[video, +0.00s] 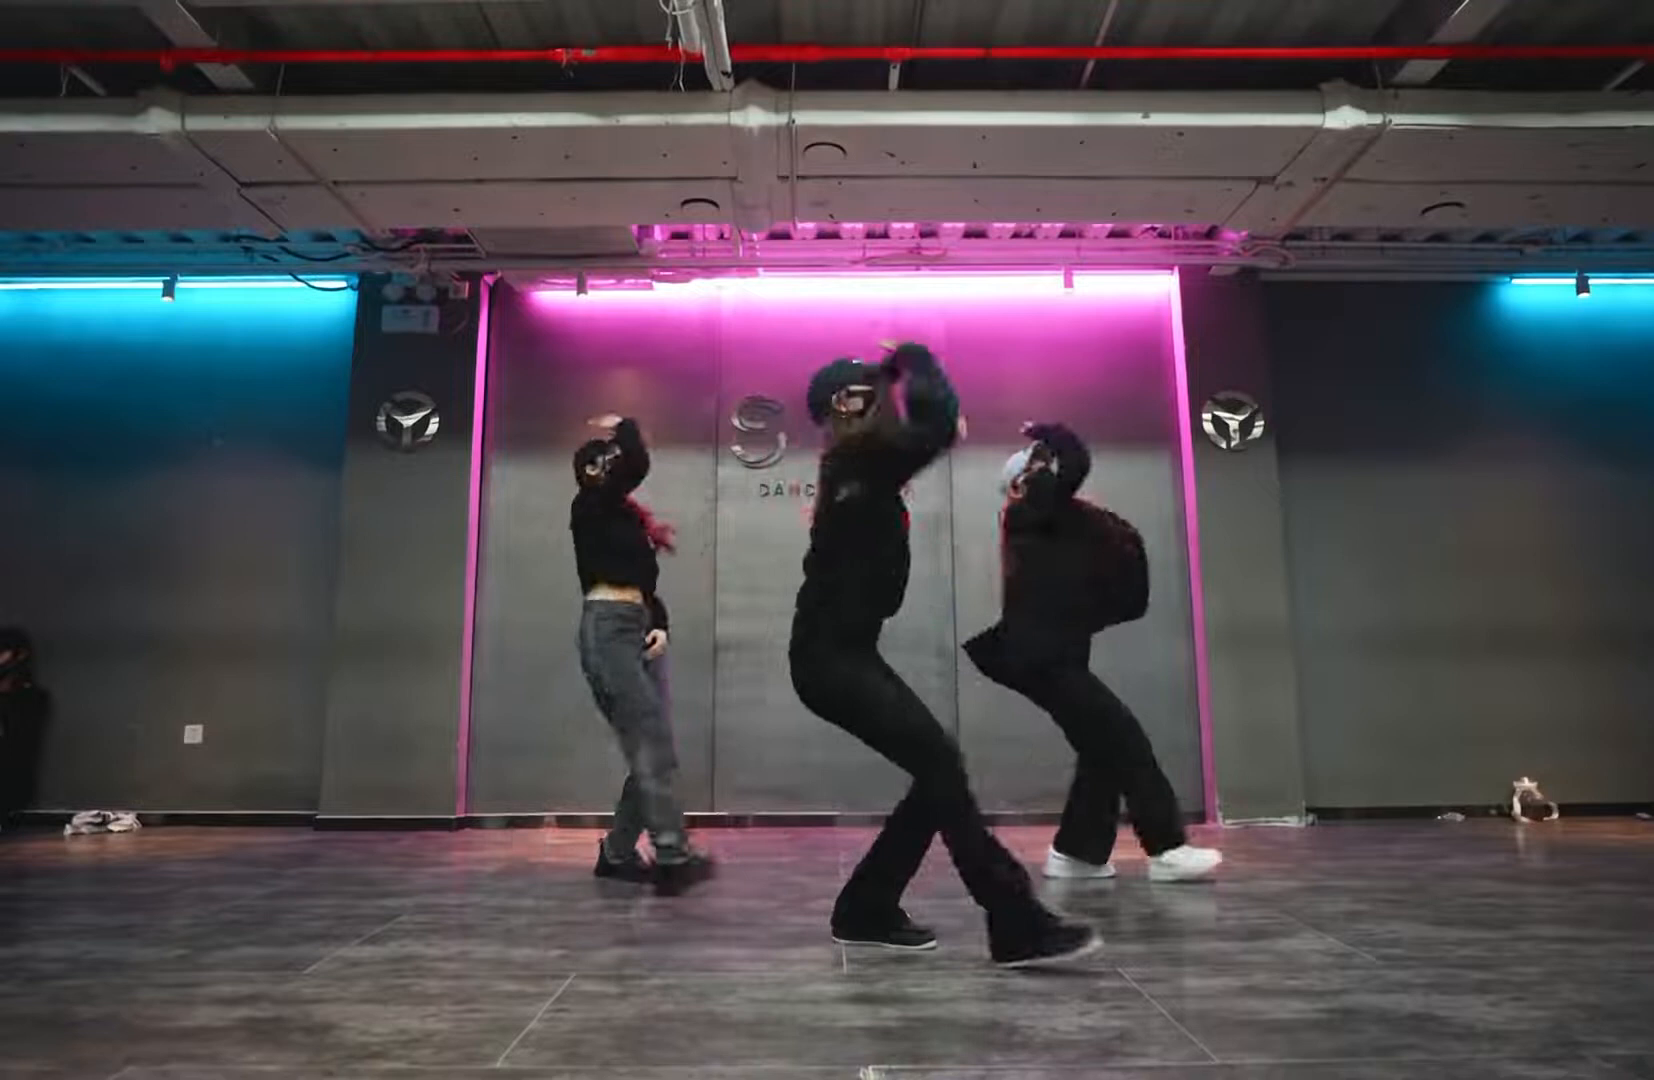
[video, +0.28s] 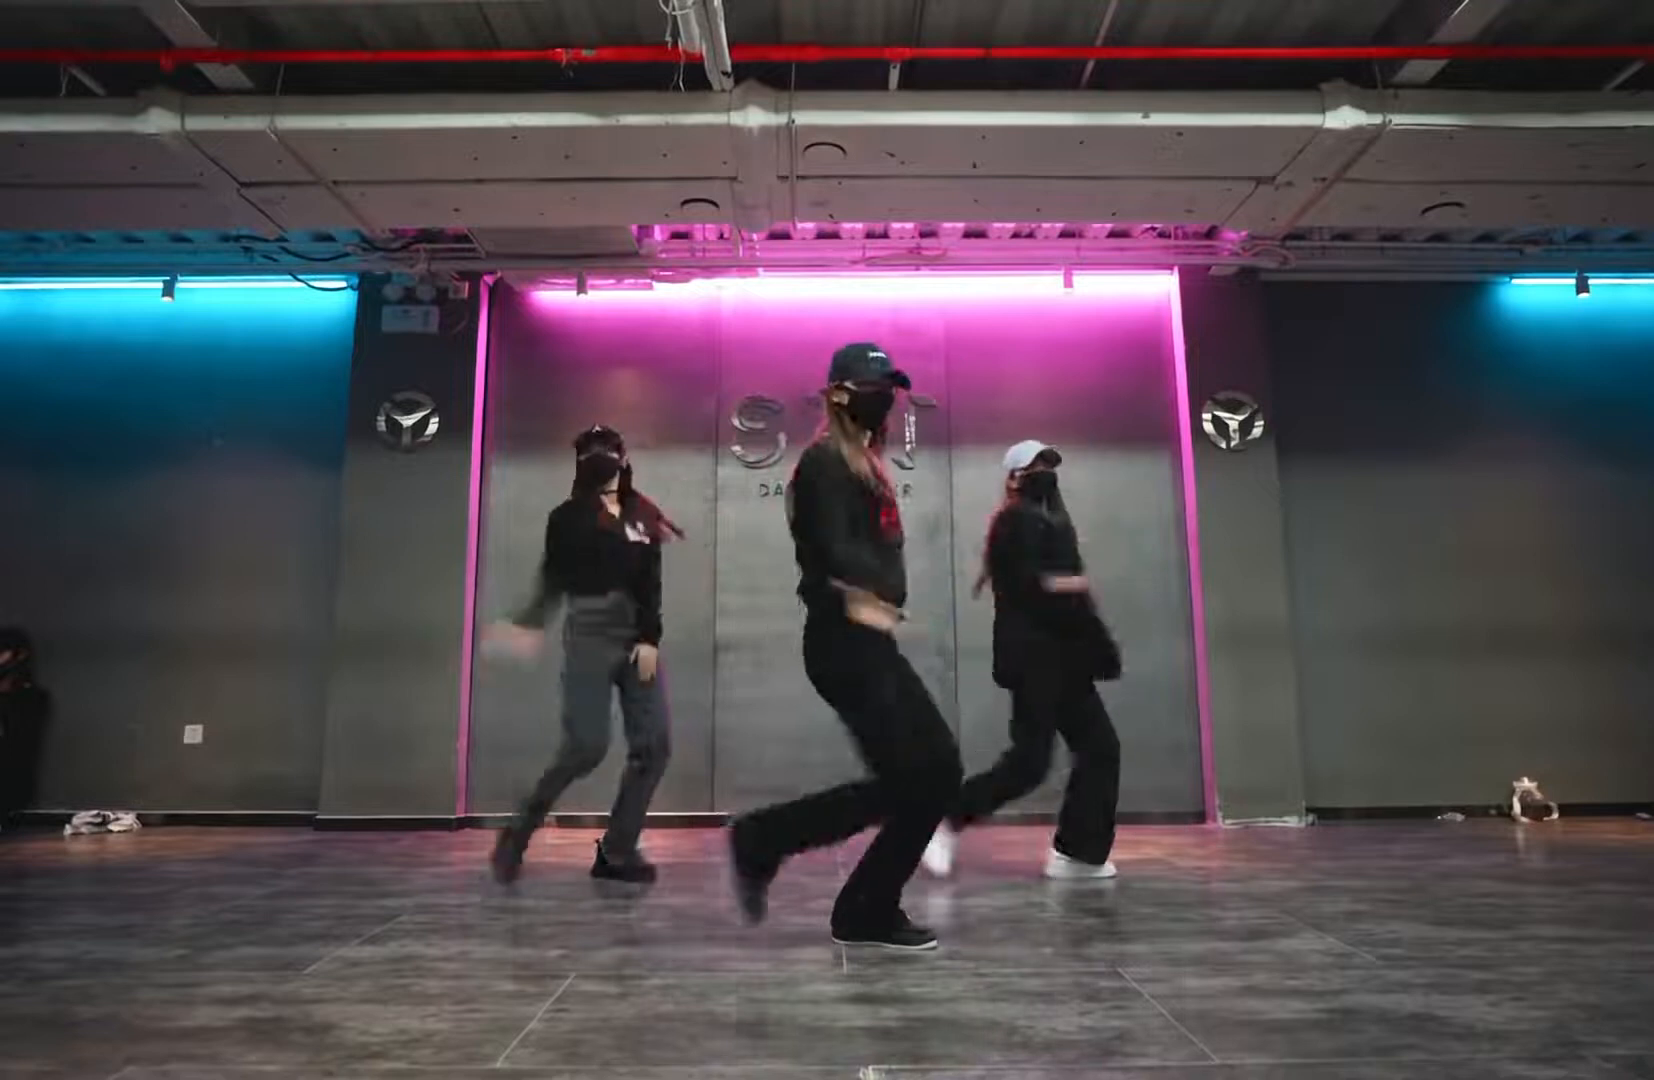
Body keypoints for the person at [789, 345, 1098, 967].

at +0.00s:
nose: (867, 411)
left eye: (870, 401)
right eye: (854, 402)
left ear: (878, 404)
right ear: (834, 412)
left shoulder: (868, 459)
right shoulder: (854, 462)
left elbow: (933, 433)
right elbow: (932, 432)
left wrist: (913, 367)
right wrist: (916, 362)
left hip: (852, 654)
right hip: (830, 661)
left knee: (940, 767)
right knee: (940, 765)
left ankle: (867, 907)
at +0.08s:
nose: (894, 414)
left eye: (891, 404)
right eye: (884, 404)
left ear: (846, 407)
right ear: (848, 405)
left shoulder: (858, 463)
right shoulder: (845, 465)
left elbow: (931, 493)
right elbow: (930, 497)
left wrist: (976, 445)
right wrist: (976, 447)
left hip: (850, 650)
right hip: (837, 654)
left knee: (950, 754)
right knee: (960, 720)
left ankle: (867, 906)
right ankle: (974, 895)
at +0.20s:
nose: (890, 407)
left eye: (891, 397)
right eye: (879, 397)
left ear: (858, 401)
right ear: (844, 398)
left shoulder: (855, 462)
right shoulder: (834, 466)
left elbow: (878, 558)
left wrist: (962, 567)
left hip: (860, 641)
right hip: (840, 645)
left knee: (946, 747)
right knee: (950, 733)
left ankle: (870, 907)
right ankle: (829, 822)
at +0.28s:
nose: (891, 404)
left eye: (891, 394)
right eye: (880, 394)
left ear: (858, 398)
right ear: (844, 396)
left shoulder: (865, 464)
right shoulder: (823, 465)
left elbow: (864, 550)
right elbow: (829, 554)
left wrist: (878, 592)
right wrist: (879, 586)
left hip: (870, 642)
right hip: (843, 645)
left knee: (937, 776)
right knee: (916, 778)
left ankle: (868, 909)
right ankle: (762, 838)